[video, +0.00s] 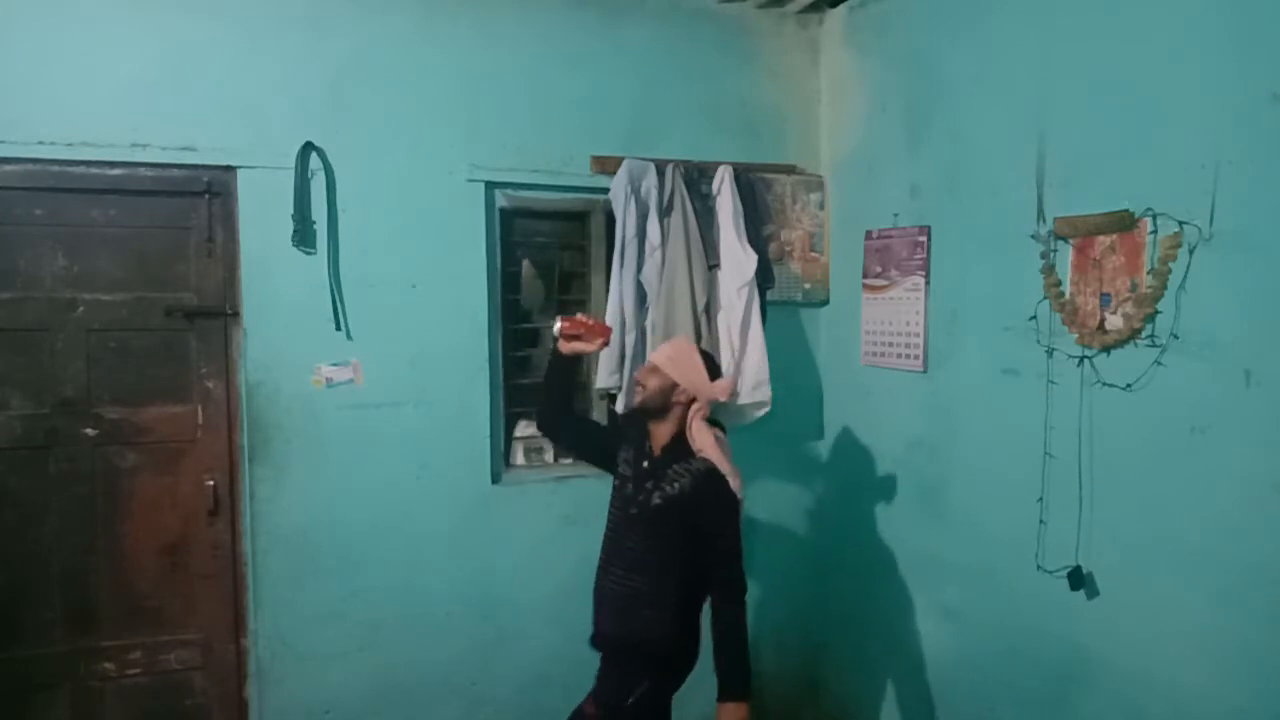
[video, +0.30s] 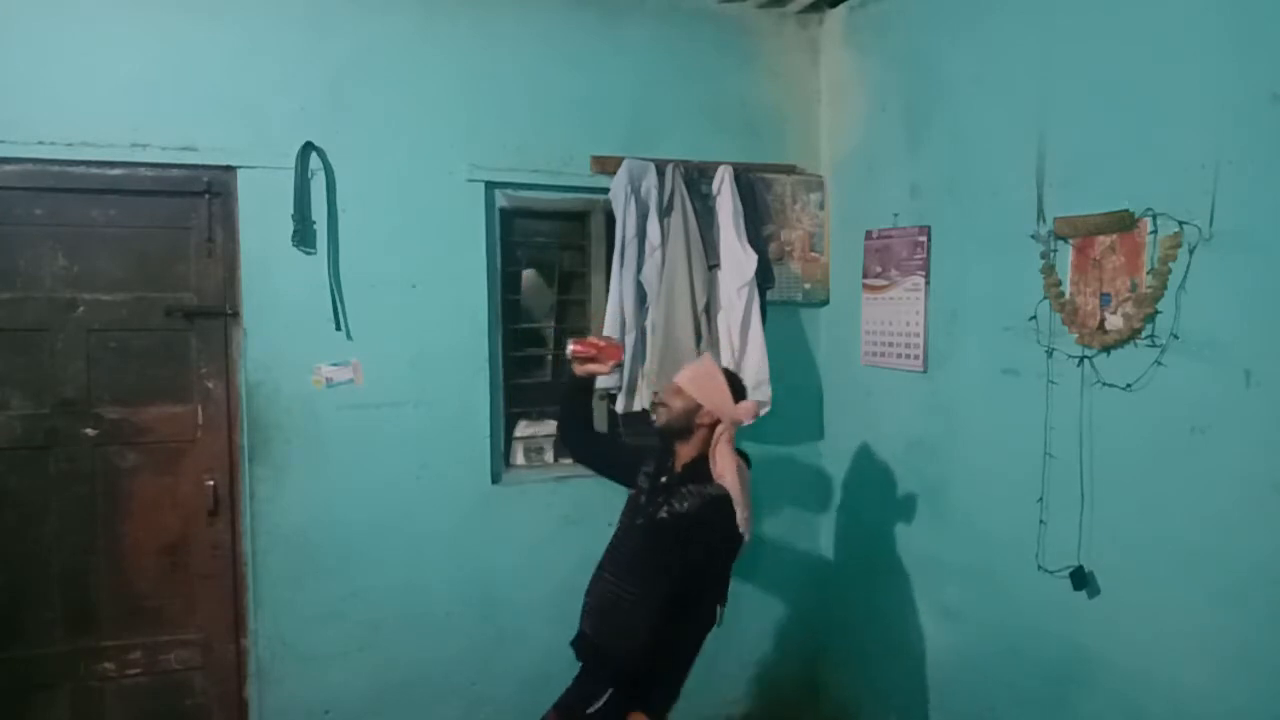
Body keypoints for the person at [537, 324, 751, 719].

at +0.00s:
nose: (638, 375)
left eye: (654, 370)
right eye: (645, 366)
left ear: (683, 393)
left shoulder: (709, 482)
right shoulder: (629, 445)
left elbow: (728, 597)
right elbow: (556, 420)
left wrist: (733, 697)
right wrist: (565, 356)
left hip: (658, 650)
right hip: (617, 639)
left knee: (591, 710)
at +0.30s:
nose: (660, 395)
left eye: (678, 390)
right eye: (669, 386)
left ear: (706, 416)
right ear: (702, 418)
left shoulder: (716, 504)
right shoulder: (655, 462)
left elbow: (698, 612)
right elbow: (581, 444)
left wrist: (652, 703)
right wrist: (580, 379)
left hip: (634, 670)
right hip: (600, 652)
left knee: (560, 712)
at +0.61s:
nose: (679, 354)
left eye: (695, 350)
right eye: (687, 344)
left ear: (725, 373)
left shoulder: (747, 451)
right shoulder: (685, 426)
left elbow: (741, 565)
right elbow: (610, 416)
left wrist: (696, 655)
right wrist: (610, 357)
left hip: (723, 625)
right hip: (689, 615)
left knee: (657, 711)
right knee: (701, 713)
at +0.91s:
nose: (698, 366)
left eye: (712, 358)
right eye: (702, 355)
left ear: (747, 376)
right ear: (743, 377)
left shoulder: (774, 460)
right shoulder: (705, 436)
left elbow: (783, 577)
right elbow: (628, 428)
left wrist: (766, 682)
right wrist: (619, 368)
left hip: (735, 641)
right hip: (688, 634)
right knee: (683, 709)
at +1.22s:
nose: (711, 360)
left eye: (725, 353)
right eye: (716, 350)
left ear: (756, 371)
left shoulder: (791, 462)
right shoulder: (699, 431)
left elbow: (804, 572)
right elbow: (628, 416)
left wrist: (787, 666)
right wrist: (647, 350)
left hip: (751, 637)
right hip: (690, 627)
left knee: (733, 712)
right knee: (685, 711)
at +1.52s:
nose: (707, 381)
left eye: (719, 369)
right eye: (698, 371)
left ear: (746, 375)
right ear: (688, 379)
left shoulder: (791, 450)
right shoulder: (689, 440)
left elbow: (841, 539)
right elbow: (624, 445)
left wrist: (870, 633)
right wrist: (643, 375)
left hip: (769, 622)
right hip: (699, 618)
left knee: (756, 708)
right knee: (691, 708)